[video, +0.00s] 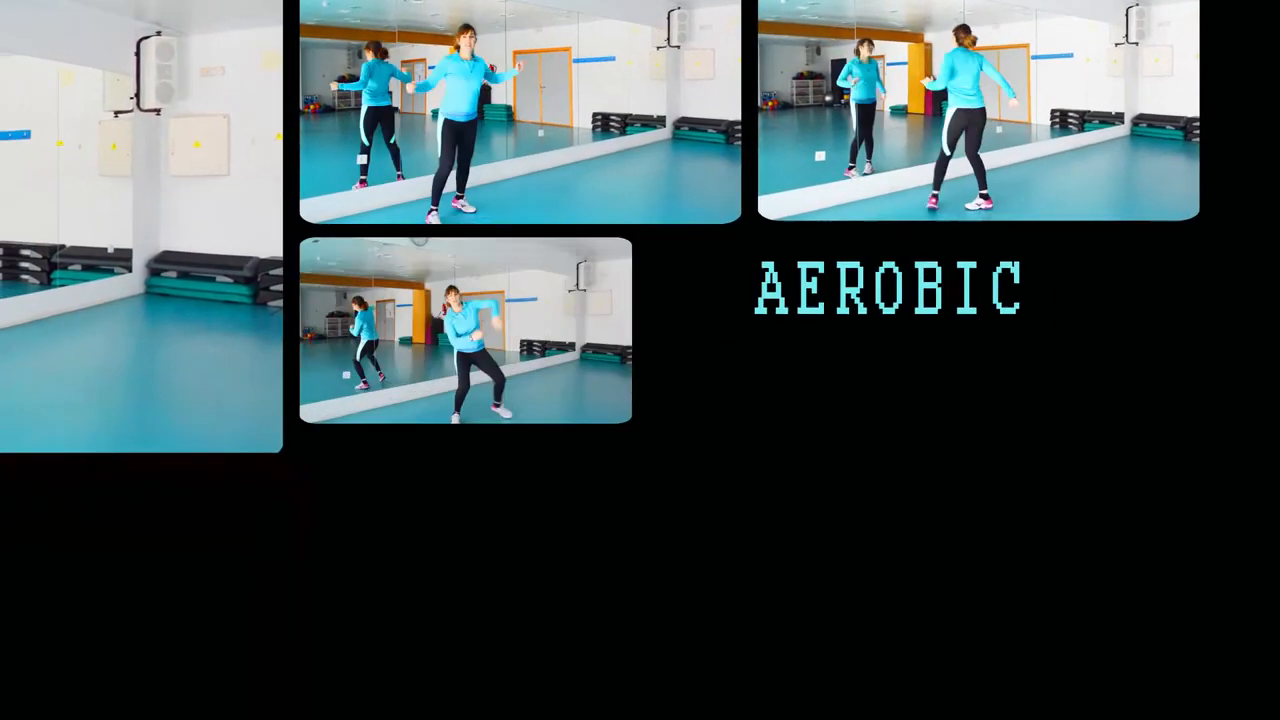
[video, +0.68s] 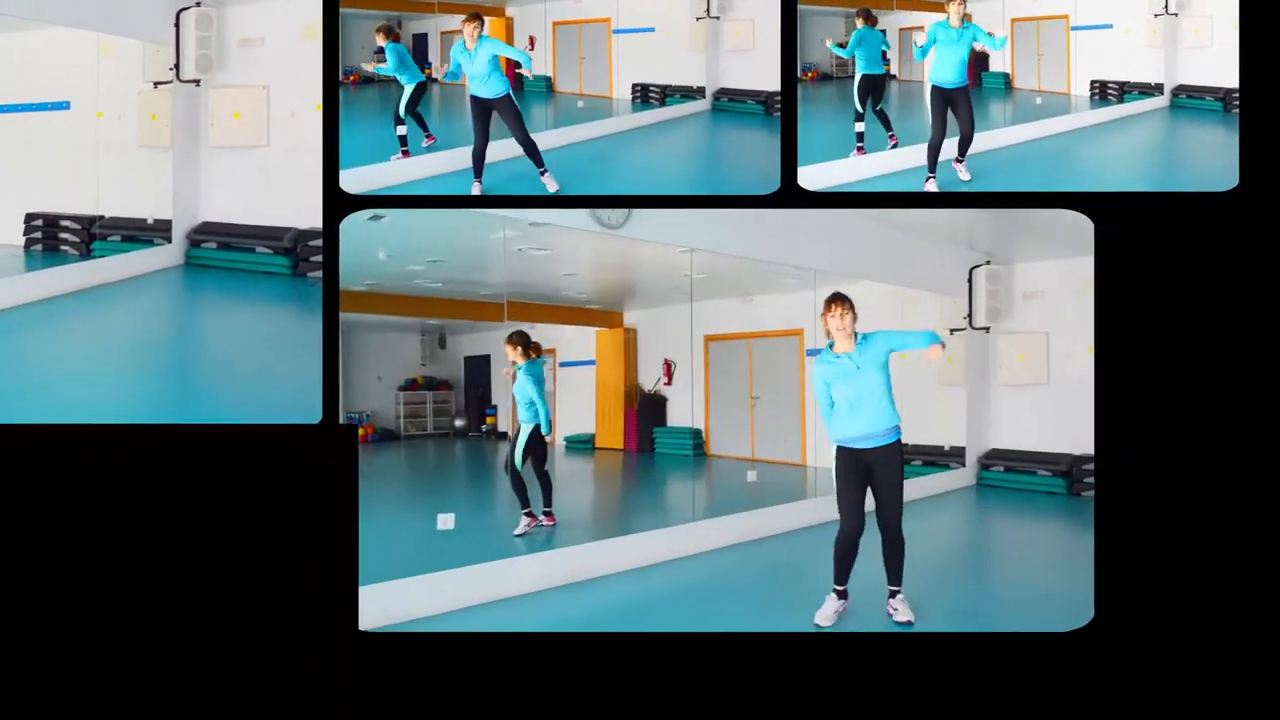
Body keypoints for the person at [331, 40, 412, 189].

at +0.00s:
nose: (366, 55)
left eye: (366, 53)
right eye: (366, 53)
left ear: (371, 52)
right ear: (379, 52)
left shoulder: (367, 66)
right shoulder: (389, 66)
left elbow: (362, 84)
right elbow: (405, 78)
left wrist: (340, 86)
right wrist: (408, 74)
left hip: (370, 108)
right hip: (386, 108)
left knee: (365, 143)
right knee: (391, 141)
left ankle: (363, 180)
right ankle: (400, 174)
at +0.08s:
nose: (366, 50)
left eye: (367, 47)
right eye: (366, 48)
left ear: (370, 47)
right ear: (379, 47)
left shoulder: (368, 60)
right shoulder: (388, 61)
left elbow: (359, 81)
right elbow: (402, 75)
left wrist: (340, 77)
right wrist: (392, 68)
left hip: (372, 103)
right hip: (388, 103)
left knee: (368, 139)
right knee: (388, 137)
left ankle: (368, 176)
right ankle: (403, 169)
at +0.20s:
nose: (366, 45)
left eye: (367, 42)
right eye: (366, 42)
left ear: (371, 42)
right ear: (380, 41)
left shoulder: (369, 56)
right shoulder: (389, 55)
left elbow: (356, 77)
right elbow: (382, 73)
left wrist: (350, 65)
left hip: (380, 95)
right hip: (395, 94)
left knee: (374, 131)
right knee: (387, 125)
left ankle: (375, 169)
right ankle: (396, 154)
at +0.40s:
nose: (369, 44)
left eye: (370, 41)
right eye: (369, 41)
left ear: (374, 41)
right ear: (384, 41)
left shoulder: (376, 56)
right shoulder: (393, 54)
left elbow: (369, 80)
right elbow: (393, 72)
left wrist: (371, 70)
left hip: (394, 91)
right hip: (406, 90)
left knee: (384, 123)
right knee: (386, 122)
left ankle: (390, 158)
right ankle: (391, 157)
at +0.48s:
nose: (371, 44)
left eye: (371, 41)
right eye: (370, 42)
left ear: (376, 41)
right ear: (386, 41)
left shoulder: (380, 56)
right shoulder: (395, 53)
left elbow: (376, 81)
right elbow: (398, 72)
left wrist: (385, 78)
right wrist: (385, 78)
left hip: (399, 89)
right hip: (410, 88)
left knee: (388, 119)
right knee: (391, 118)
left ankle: (395, 155)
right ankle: (395, 153)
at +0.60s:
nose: (374, 42)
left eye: (375, 39)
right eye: (374, 39)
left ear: (380, 38)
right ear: (389, 37)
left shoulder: (386, 51)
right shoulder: (397, 49)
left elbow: (384, 76)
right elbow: (393, 69)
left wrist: (370, 70)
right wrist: (377, 66)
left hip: (408, 86)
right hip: (416, 83)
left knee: (395, 117)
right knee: (403, 110)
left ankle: (401, 153)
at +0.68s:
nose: (376, 39)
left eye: (377, 36)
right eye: (376, 36)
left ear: (382, 35)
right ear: (388, 35)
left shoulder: (390, 48)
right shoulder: (398, 46)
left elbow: (393, 70)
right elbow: (395, 67)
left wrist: (375, 68)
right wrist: (378, 67)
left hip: (412, 83)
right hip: (419, 81)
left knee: (399, 116)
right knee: (412, 110)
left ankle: (404, 152)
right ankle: (429, 136)